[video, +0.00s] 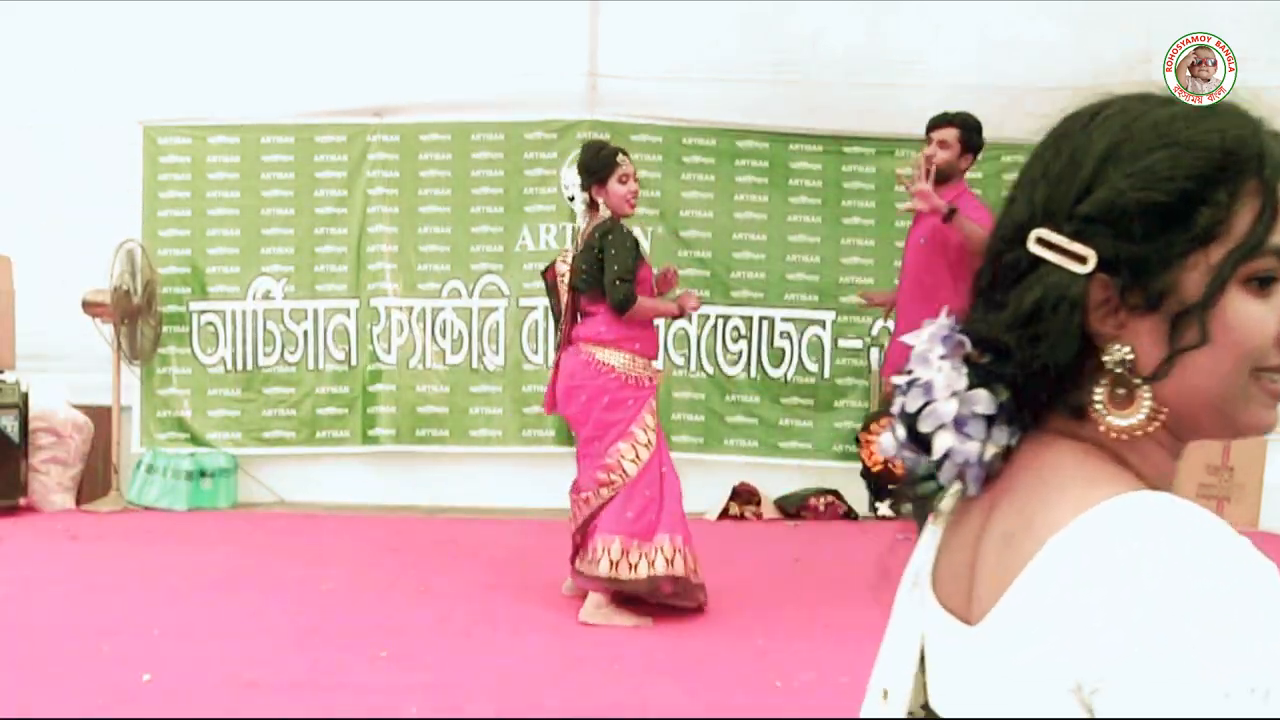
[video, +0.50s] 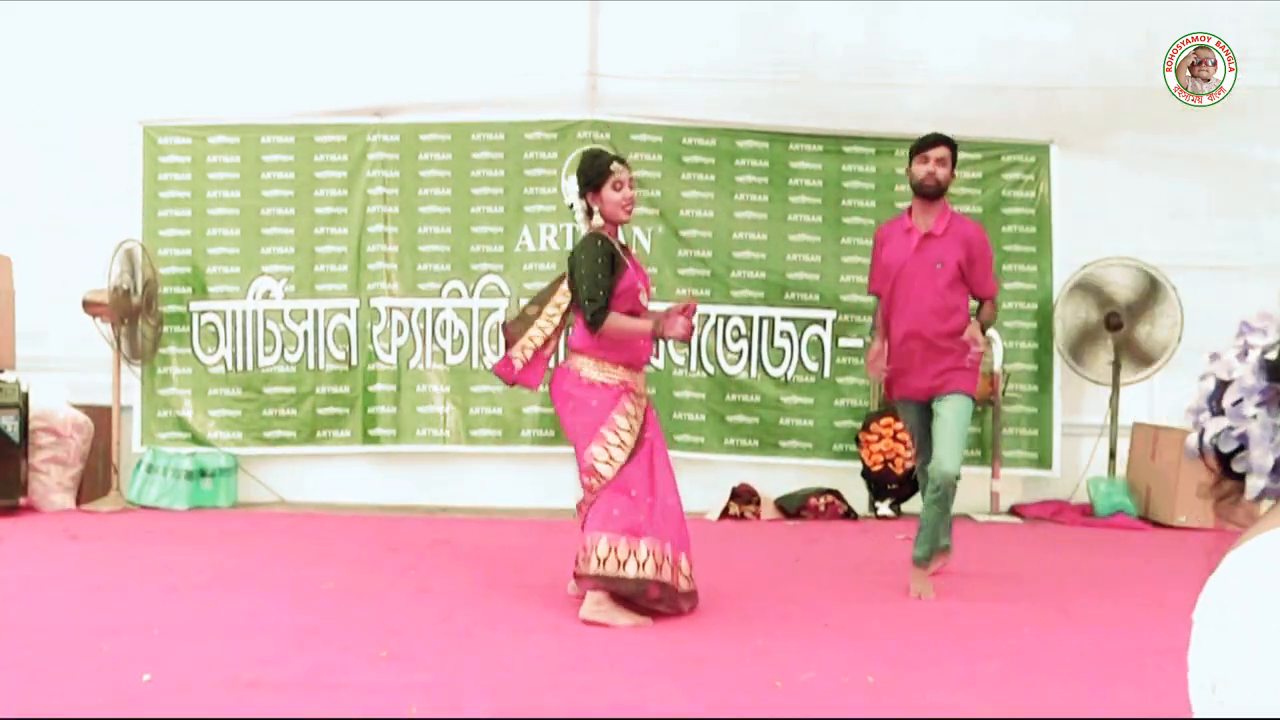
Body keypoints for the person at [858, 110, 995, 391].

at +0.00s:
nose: (929, 153)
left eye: (943, 146)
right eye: (928, 144)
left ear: (967, 161)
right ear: (923, 146)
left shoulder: (971, 208)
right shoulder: (927, 204)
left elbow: (989, 248)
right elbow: (932, 274)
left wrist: (944, 210)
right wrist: (894, 297)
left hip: (942, 349)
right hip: (907, 345)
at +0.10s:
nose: (929, 171)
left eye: (941, 166)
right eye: (925, 161)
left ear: (958, 179)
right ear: (916, 168)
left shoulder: (960, 224)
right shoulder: (919, 224)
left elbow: (977, 251)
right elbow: (923, 273)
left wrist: (953, 199)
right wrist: (893, 275)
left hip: (943, 362)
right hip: (910, 361)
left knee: (921, 470)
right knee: (917, 467)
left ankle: (966, 577)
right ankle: (944, 554)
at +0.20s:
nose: (918, 148)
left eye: (930, 143)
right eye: (917, 140)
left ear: (951, 154)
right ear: (914, 147)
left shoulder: (957, 199)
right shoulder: (918, 194)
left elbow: (984, 219)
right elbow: (915, 220)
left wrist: (980, 167)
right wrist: (884, 217)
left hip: (941, 343)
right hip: (910, 342)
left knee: (942, 452)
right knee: (919, 452)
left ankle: (967, 569)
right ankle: (937, 542)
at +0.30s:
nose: (921, 144)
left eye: (933, 139)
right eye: (918, 135)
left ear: (953, 150)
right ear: (912, 139)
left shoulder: (959, 193)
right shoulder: (911, 188)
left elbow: (1000, 219)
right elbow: (910, 221)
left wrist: (994, 175)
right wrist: (872, 214)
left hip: (945, 337)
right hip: (907, 336)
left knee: (944, 447)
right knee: (919, 448)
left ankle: (969, 562)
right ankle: (942, 535)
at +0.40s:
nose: (924, 162)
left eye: (935, 157)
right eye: (919, 153)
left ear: (950, 168)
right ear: (907, 159)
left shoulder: (964, 221)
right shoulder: (895, 217)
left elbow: (1005, 292)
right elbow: (894, 277)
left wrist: (1001, 273)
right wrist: (848, 295)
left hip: (953, 352)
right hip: (905, 353)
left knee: (942, 455)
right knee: (921, 461)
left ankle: (953, 561)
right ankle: (941, 551)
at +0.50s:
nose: (932, 169)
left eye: (942, 163)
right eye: (924, 161)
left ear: (952, 175)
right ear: (909, 169)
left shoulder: (969, 233)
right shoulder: (889, 232)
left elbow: (989, 298)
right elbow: (882, 300)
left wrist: (980, 325)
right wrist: (877, 342)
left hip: (955, 366)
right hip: (903, 369)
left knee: (945, 471)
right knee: (923, 472)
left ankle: (921, 564)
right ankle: (942, 545)